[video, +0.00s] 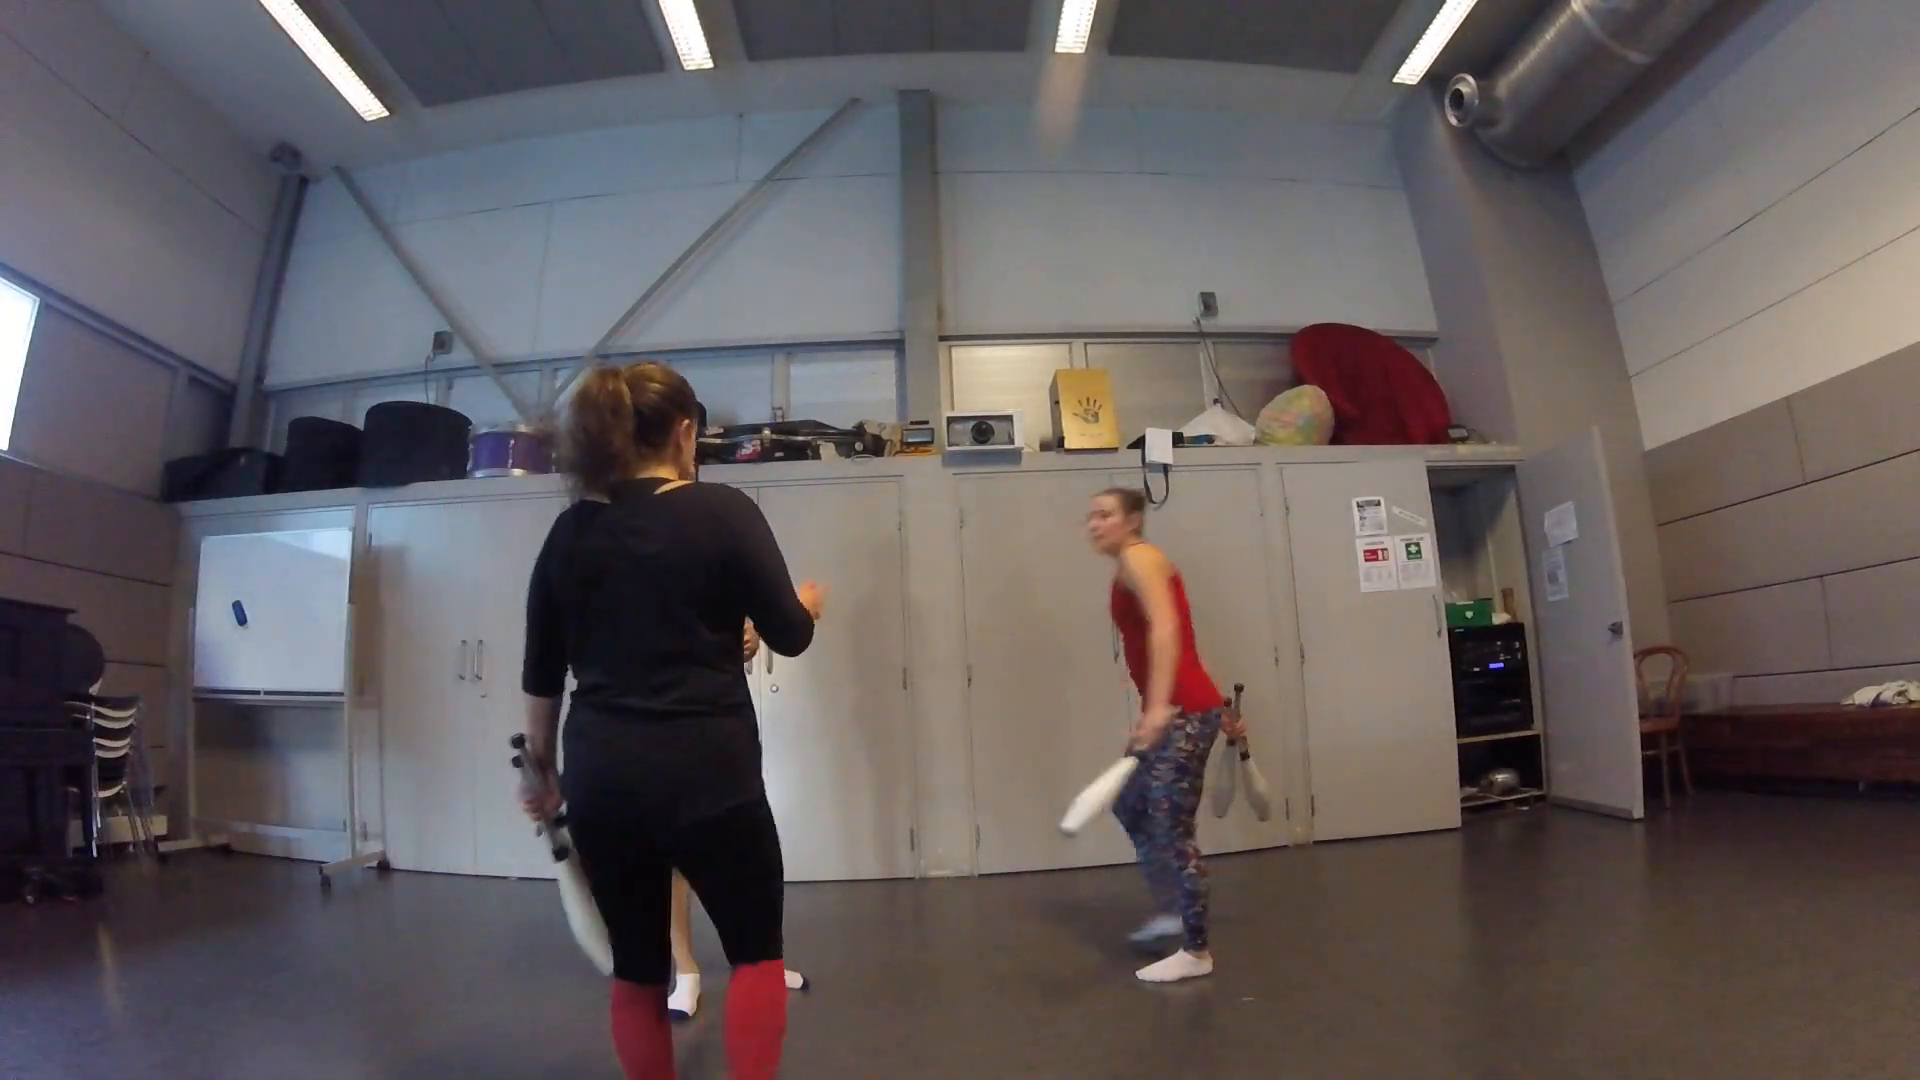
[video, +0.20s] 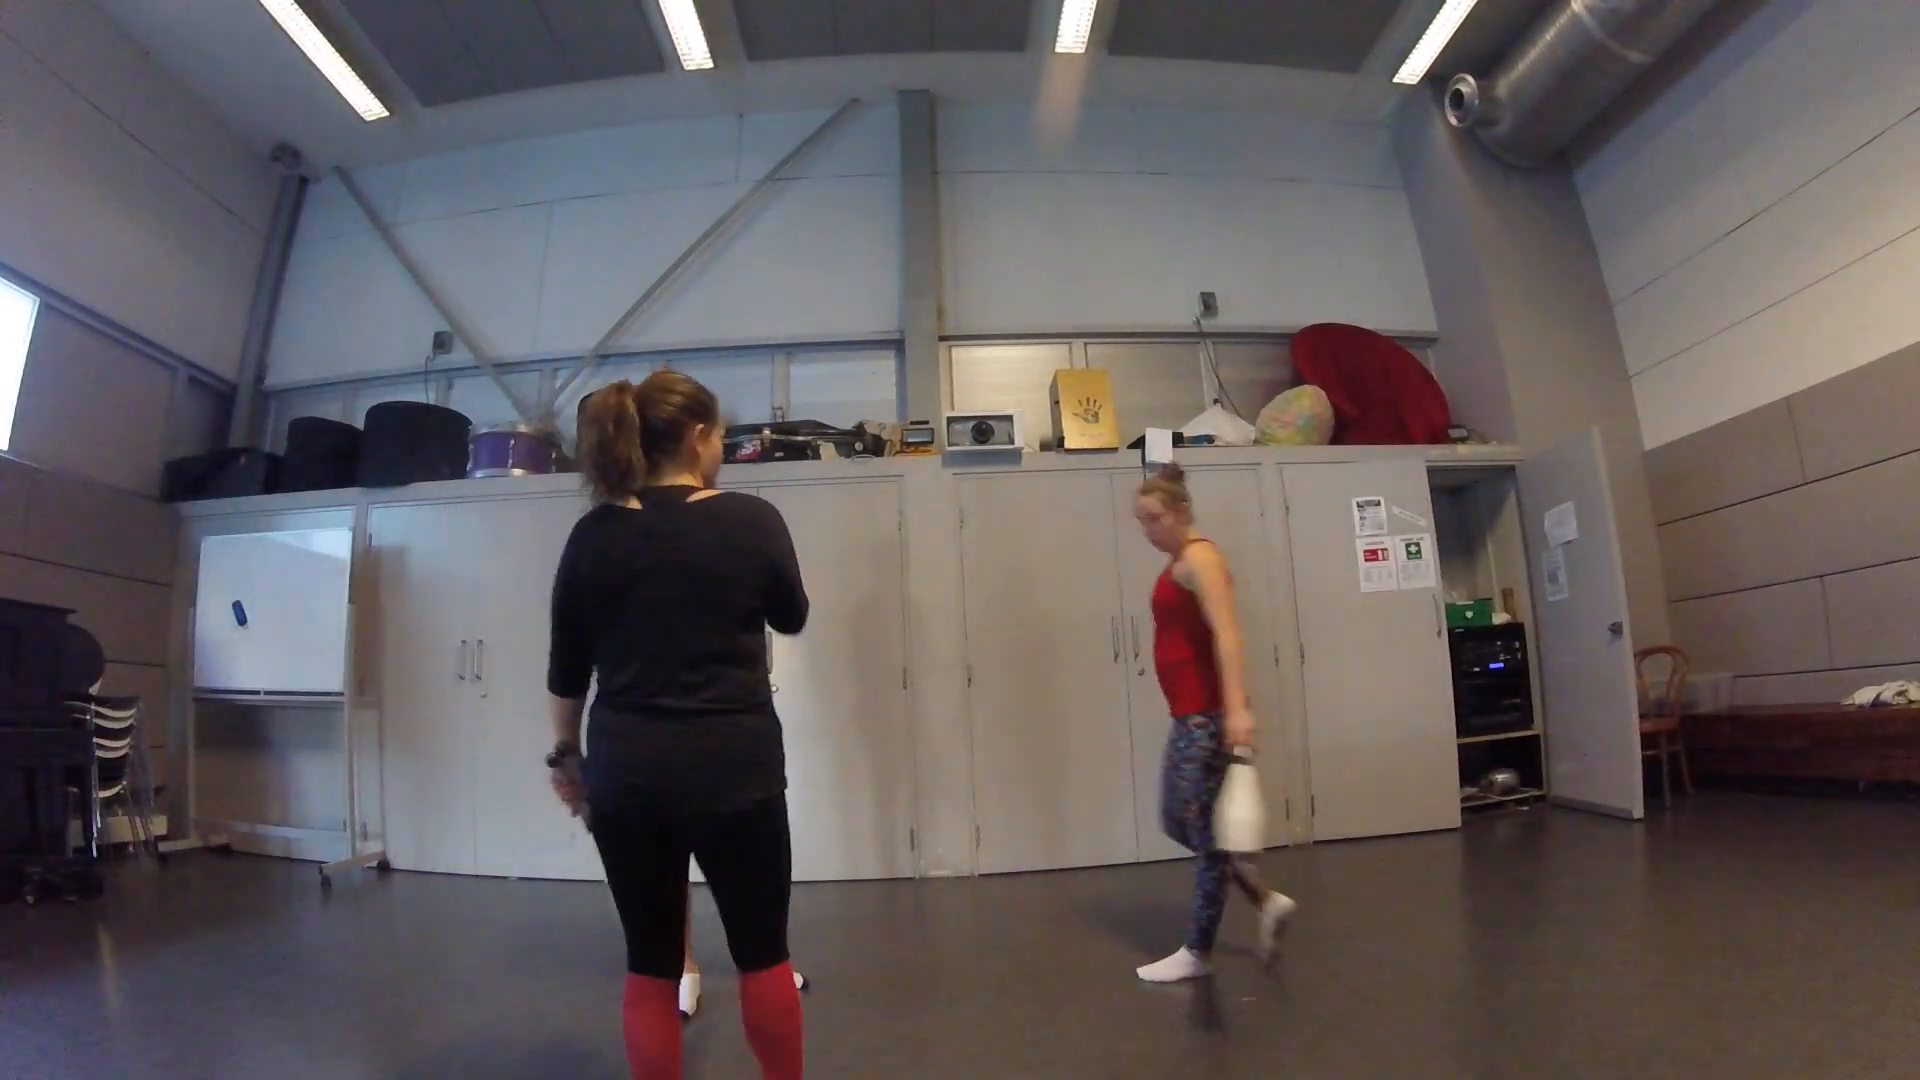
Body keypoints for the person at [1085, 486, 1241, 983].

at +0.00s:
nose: (1092, 524)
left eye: (1103, 516)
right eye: (1091, 517)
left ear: (1131, 521)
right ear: (1113, 525)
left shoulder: (1141, 559)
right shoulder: (1137, 564)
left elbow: (1165, 630)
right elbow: (1180, 642)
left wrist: (1157, 707)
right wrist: (1220, 708)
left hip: (1187, 716)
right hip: (1175, 716)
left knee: (1171, 827)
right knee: (1130, 803)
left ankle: (1197, 949)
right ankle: (1176, 907)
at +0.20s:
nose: (1146, 530)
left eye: (1152, 519)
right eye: (1142, 520)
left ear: (1179, 513)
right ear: (1153, 519)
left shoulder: (1200, 559)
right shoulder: (1180, 561)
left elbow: (1228, 636)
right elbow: (1196, 639)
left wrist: (1235, 709)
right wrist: (1189, 709)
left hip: (1209, 722)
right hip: (1188, 720)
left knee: (1210, 830)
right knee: (1179, 819)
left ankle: (1197, 949)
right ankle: (1265, 899)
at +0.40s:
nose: (1191, 541)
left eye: (1195, 530)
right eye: (1186, 533)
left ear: (1220, 520)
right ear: (1188, 530)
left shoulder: (1258, 565)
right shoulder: (1214, 573)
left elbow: (1301, 638)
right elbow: (1214, 654)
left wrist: (1320, 716)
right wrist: (1193, 718)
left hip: (1270, 718)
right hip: (1244, 719)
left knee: (1232, 837)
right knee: (1255, 836)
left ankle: (1200, 950)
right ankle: (1316, 942)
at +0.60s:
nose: (1235, 534)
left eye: (1239, 522)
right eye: (1226, 527)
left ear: (1261, 508)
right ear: (1220, 522)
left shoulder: (1302, 552)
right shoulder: (1249, 565)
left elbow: (1356, 624)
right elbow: (1246, 638)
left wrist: (1391, 701)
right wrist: (1207, 694)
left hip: (1317, 709)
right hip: (1283, 712)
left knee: (1292, 828)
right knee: (1291, 828)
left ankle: (1273, 961)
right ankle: (1320, 942)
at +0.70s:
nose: (1256, 522)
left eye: (1262, 510)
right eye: (1249, 514)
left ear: (1287, 499)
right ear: (1245, 513)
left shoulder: (1325, 546)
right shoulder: (1271, 555)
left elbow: (1375, 621)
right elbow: (1271, 632)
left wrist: (1409, 696)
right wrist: (1232, 694)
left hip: (1336, 705)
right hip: (1297, 710)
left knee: (1333, 825)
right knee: (1306, 830)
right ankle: (1323, 949)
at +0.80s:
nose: (1279, 517)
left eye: (1285, 505)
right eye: (1274, 508)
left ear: (1312, 495)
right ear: (1273, 505)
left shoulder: (1351, 544)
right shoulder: (1293, 552)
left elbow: (1395, 623)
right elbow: (1295, 636)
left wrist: (1424, 703)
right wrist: (1267, 700)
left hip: (1360, 703)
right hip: (1316, 708)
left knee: (1373, 824)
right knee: (1322, 831)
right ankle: (1326, 946)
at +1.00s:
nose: (1335, 512)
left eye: (1341, 499)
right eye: (1326, 503)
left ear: (1368, 491)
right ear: (1322, 505)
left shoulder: (1411, 538)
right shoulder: (1346, 556)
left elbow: (1453, 614)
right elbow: (1354, 644)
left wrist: (1457, 696)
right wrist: (1347, 718)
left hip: (1421, 711)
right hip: (1365, 716)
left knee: (1459, 827)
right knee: (1357, 836)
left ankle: (1511, 938)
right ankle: (1330, 944)